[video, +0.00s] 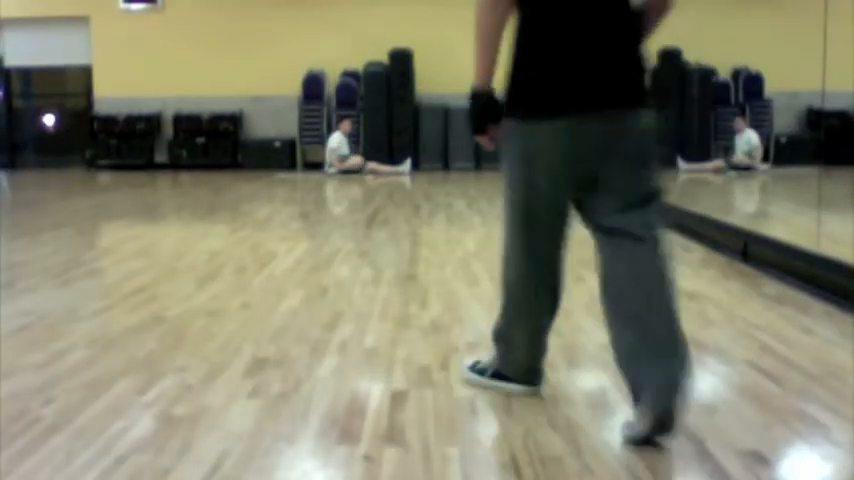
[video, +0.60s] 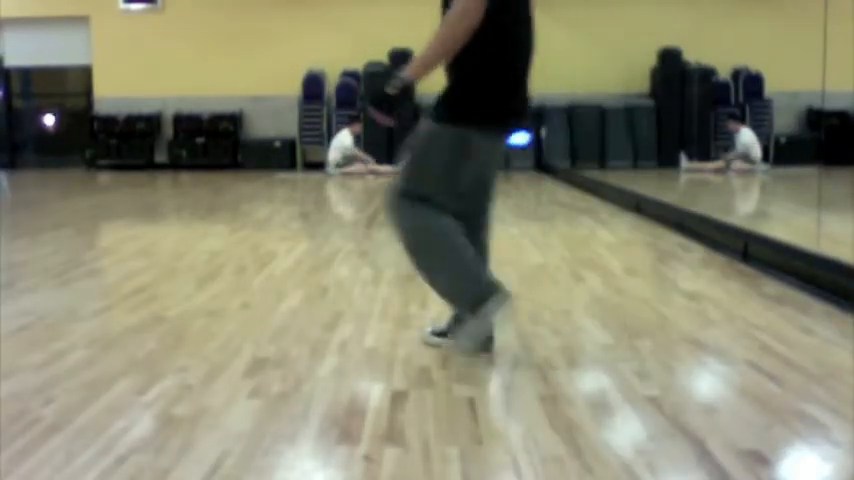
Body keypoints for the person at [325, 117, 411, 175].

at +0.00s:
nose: (349, 128)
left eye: (350, 125)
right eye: (347, 125)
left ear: (348, 127)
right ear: (341, 125)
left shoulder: (343, 138)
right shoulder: (336, 138)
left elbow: (344, 155)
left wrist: (354, 159)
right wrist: (352, 162)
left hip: (343, 166)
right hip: (336, 169)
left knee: (371, 165)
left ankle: (399, 169)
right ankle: (400, 170)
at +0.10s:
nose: (351, 127)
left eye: (352, 124)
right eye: (350, 124)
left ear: (347, 125)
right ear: (343, 124)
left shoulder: (342, 136)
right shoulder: (338, 136)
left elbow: (342, 153)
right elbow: (333, 151)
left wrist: (353, 162)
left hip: (342, 166)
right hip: (337, 169)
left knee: (371, 165)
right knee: (370, 166)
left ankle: (398, 169)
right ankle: (399, 170)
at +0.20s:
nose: (353, 128)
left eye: (354, 125)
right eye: (352, 125)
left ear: (350, 126)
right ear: (345, 124)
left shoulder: (343, 136)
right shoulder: (340, 135)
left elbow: (345, 153)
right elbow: (333, 151)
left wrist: (354, 163)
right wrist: (340, 167)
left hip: (346, 165)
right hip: (338, 168)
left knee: (372, 165)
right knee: (370, 167)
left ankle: (399, 169)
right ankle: (399, 170)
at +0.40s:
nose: (358, 129)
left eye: (359, 126)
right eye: (358, 126)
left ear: (352, 124)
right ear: (353, 124)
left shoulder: (345, 134)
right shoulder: (343, 135)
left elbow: (347, 155)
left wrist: (355, 164)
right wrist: (352, 167)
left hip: (343, 166)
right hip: (338, 169)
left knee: (370, 165)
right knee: (369, 167)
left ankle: (397, 168)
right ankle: (398, 169)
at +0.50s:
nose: (359, 130)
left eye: (359, 127)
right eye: (359, 127)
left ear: (354, 125)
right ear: (354, 125)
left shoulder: (346, 134)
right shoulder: (345, 136)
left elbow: (348, 156)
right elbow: (348, 157)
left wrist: (360, 164)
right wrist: (361, 166)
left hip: (341, 166)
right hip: (336, 169)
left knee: (370, 165)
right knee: (369, 167)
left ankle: (397, 168)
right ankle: (397, 169)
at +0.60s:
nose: (360, 130)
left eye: (361, 127)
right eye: (359, 127)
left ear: (354, 126)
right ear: (354, 126)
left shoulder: (347, 134)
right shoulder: (346, 137)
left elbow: (354, 150)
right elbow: (354, 152)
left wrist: (368, 158)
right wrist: (368, 159)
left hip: (341, 165)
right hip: (335, 169)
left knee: (367, 166)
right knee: (366, 167)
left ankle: (394, 169)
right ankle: (395, 169)